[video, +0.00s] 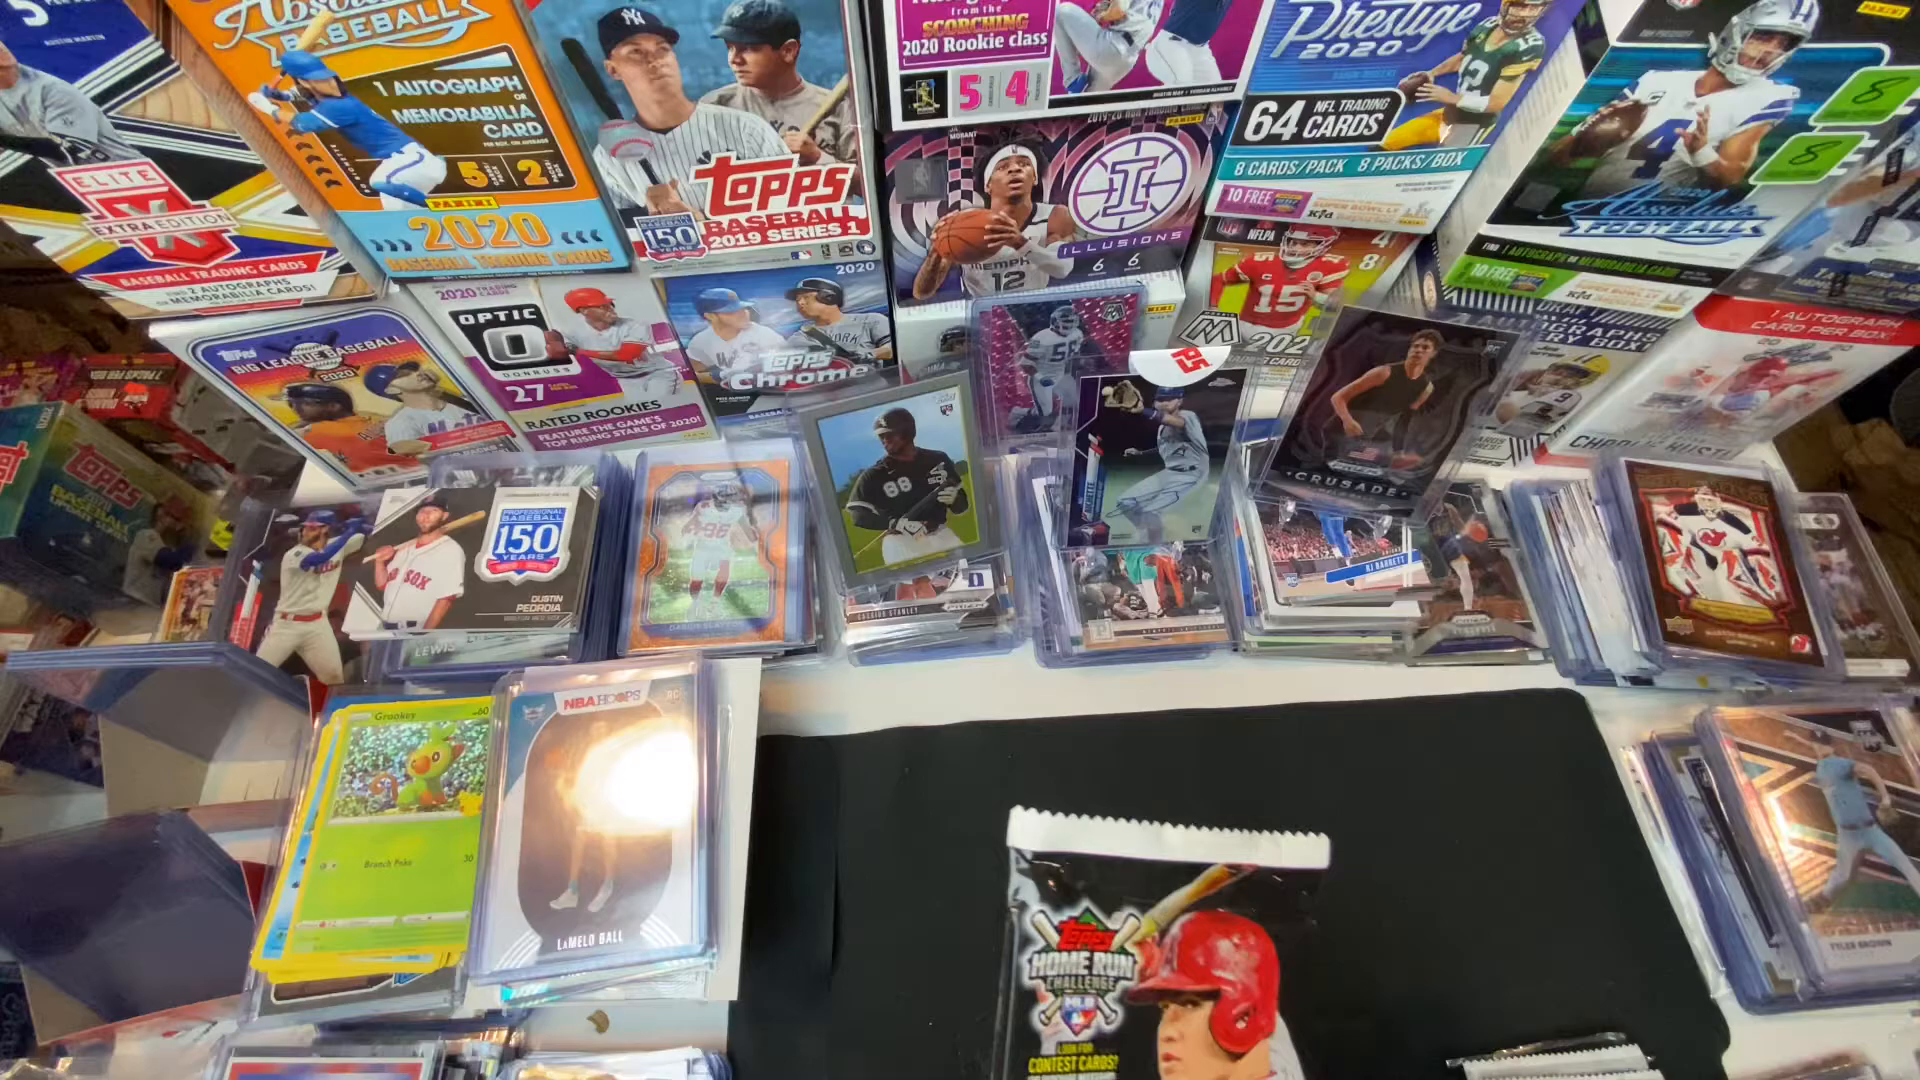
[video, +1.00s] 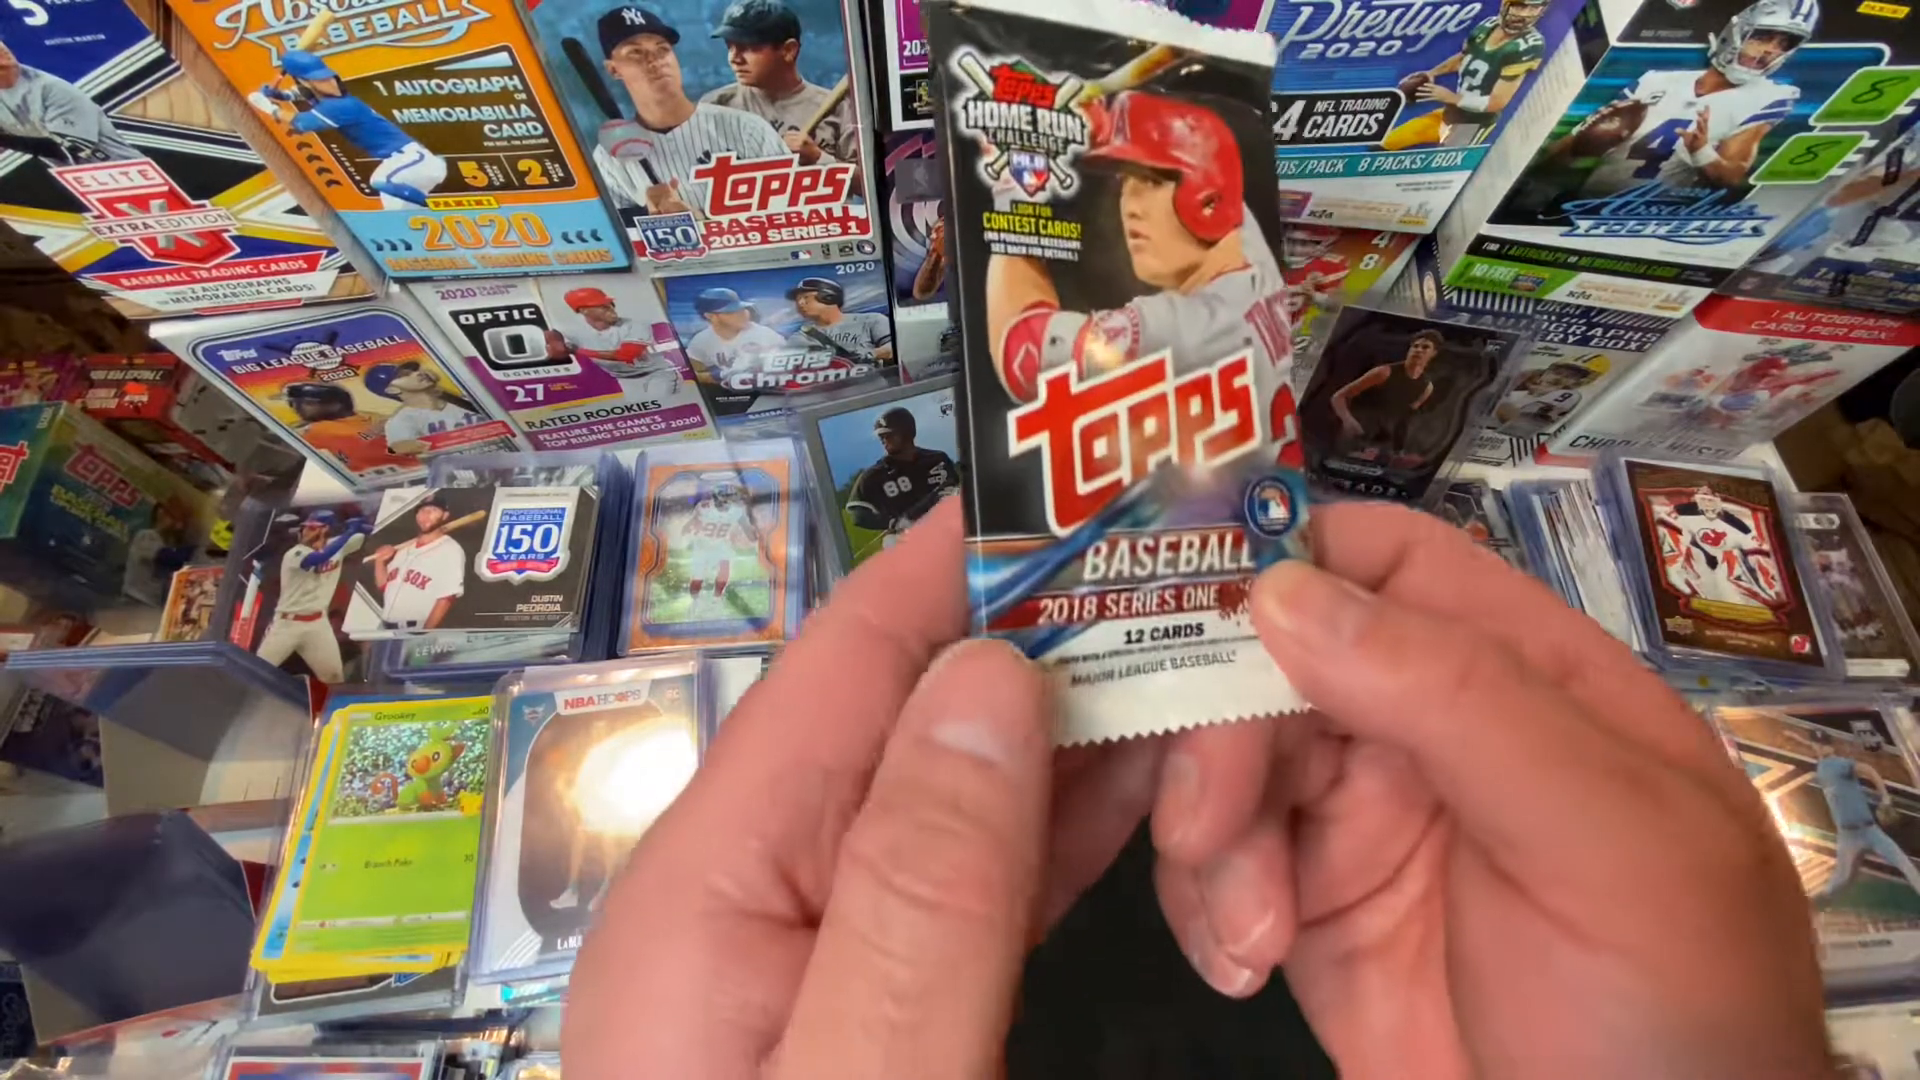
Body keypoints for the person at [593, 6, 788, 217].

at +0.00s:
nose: (654, 60)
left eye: (661, 47)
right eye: (635, 52)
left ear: (675, 55)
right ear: (612, 70)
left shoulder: (748, 129)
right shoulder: (608, 162)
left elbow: (798, 210)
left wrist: (700, 221)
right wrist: (650, 213)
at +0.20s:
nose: (655, 59)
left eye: (662, 47)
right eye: (636, 51)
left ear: (675, 54)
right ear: (613, 69)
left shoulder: (748, 129)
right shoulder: (608, 161)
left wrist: (700, 221)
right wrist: (655, 215)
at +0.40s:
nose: (654, 60)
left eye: (661, 47)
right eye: (636, 52)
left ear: (675, 54)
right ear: (612, 69)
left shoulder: (748, 129)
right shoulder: (608, 161)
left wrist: (699, 220)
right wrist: (651, 214)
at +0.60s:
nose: (654, 61)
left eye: (662, 48)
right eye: (636, 53)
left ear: (675, 56)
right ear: (612, 70)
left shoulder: (748, 129)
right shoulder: (608, 162)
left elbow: (799, 208)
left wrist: (699, 220)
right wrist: (652, 218)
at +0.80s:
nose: (654, 61)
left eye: (661, 48)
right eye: (636, 53)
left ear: (675, 54)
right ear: (613, 70)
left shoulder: (749, 130)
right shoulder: (609, 162)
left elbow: (799, 211)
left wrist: (701, 223)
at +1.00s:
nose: (654, 61)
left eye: (661, 48)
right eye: (636, 53)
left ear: (675, 54)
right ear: (613, 70)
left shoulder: (749, 129)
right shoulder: (609, 162)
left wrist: (700, 222)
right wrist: (658, 221)